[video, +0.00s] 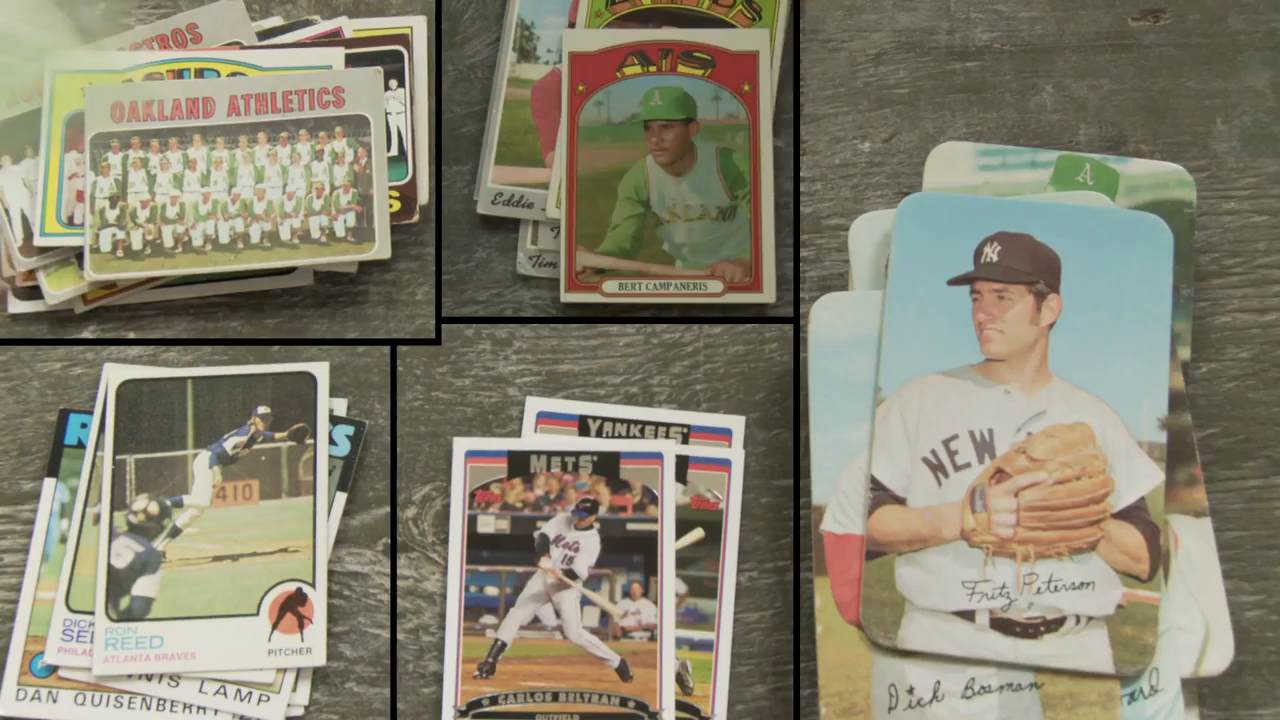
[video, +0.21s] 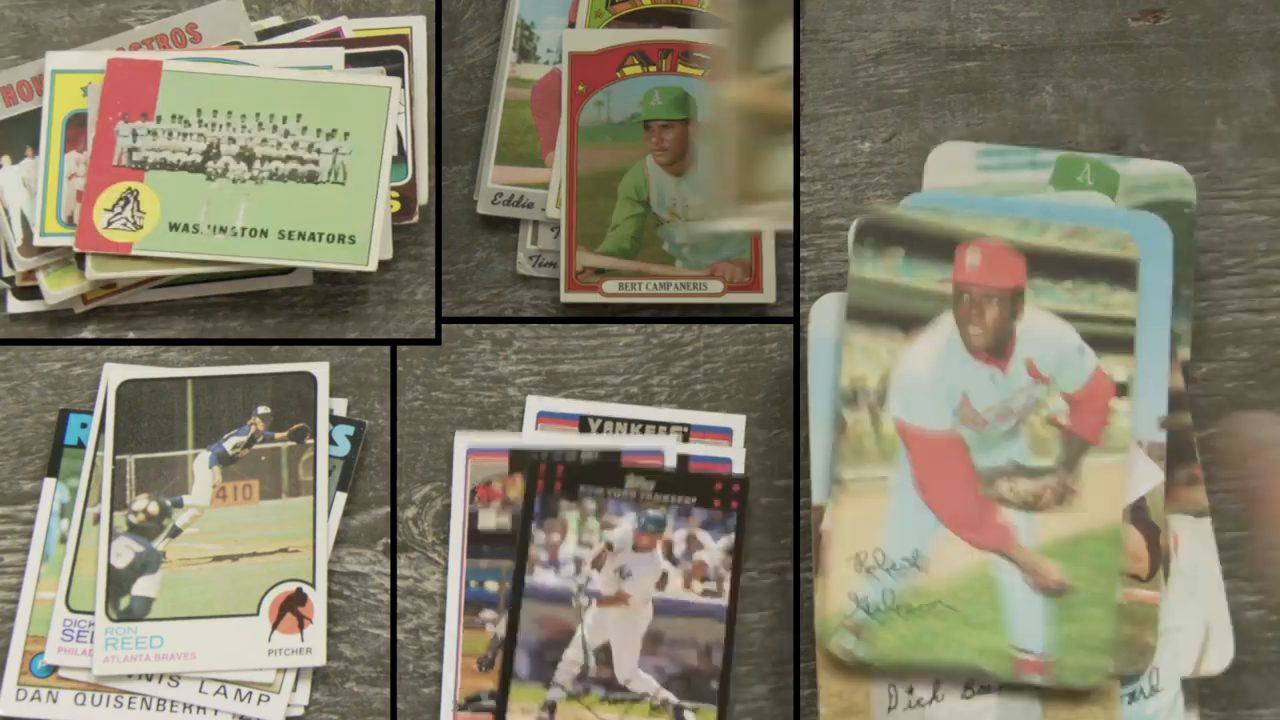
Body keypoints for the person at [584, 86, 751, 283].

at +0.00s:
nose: (655, 139)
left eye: (666, 128)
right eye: (649, 129)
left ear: (692, 129)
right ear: (644, 133)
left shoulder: (732, 165)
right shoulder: (638, 180)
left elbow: (771, 224)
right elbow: (623, 238)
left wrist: (745, 262)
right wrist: (594, 263)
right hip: (686, 275)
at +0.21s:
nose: (656, 140)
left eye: (666, 128)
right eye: (649, 130)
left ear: (691, 128)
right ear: (643, 133)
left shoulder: (725, 165)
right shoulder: (638, 180)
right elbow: (622, 241)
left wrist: (744, 262)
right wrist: (593, 262)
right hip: (686, 272)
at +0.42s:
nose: (637, 136)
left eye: (645, 129)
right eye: (630, 129)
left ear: (652, 130)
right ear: (616, 131)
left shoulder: (677, 153)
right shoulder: (598, 158)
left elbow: (700, 209)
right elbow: (582, 223)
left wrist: (694, 233)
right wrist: (600, 221)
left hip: (662, 204)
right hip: (616, 202)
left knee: (653, 274)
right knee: (584, 273)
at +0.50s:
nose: (638, 136)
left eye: (645, 129)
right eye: (630, 129)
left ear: (652, 130)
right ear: (616, 131)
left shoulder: (677, 153)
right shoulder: (598, 158)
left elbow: (700, 209)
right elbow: (583, 223)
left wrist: (695, 233)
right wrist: (600, 221)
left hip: (662, 203)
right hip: (616, 201)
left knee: (652, 274)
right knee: (584, 273)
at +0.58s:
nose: (638, 136)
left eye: (645, 129)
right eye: (630, 129)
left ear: (652, 130)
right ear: (616, 131)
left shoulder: (677, 153)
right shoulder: (598, 159)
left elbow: (700, 209)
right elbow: (583, 223)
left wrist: (695, 233)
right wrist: (600, 221)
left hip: (662, 204)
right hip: (616, 201)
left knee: (653, 274)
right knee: (584, 273)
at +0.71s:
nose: (686, 76)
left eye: (693, 66)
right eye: (675, 67)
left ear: (703, 67)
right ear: (657, 71)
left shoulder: (731, 101)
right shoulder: (635, 118)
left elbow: (767, 168)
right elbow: (637, 197)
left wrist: (768, 156)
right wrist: (642, 180)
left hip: (722, 207)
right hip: (665, 211)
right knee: (649, 270)